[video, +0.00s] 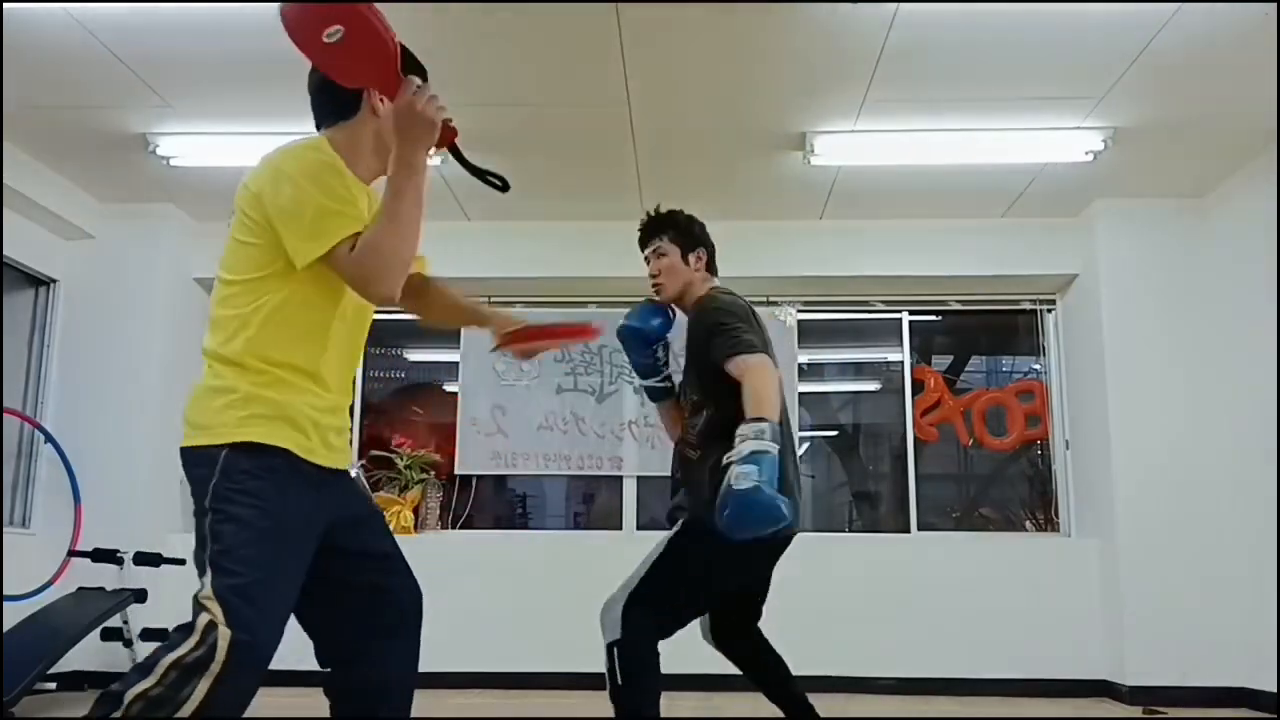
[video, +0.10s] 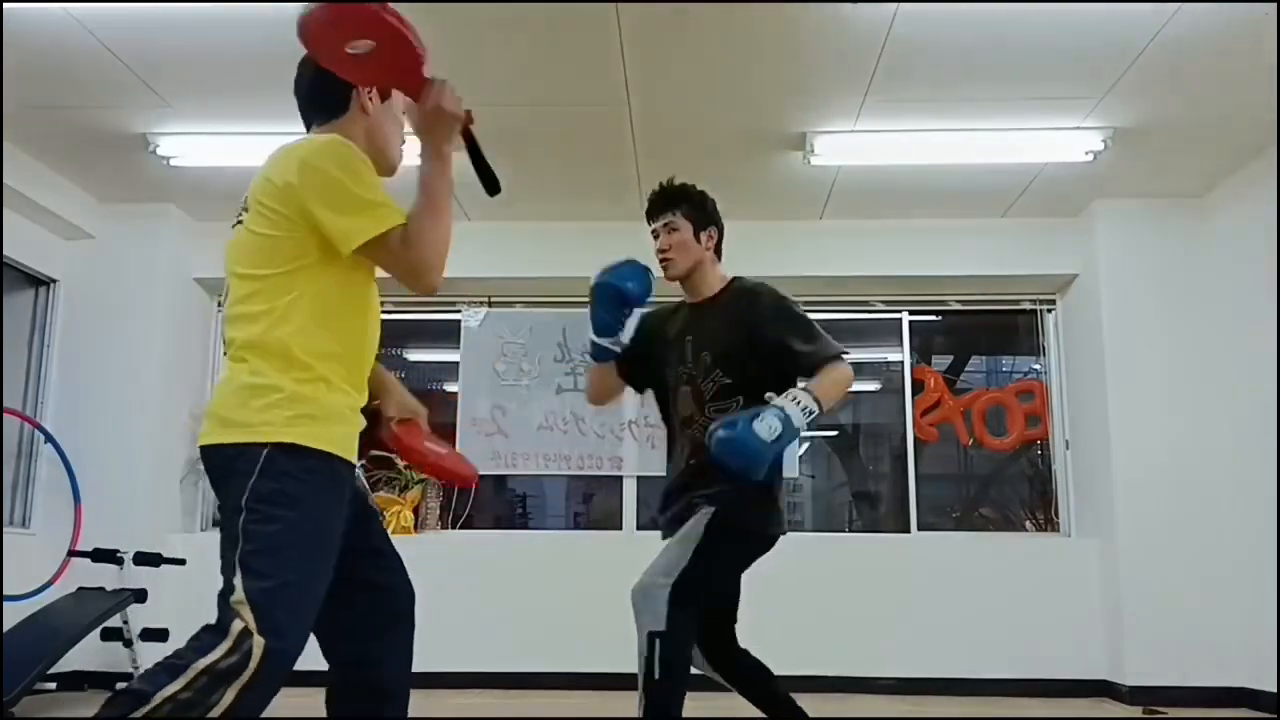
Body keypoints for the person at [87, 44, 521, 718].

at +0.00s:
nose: (426, 125)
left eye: (427, 109)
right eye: (419, 107)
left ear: (365, 107)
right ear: (380, 103)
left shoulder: (366, 202)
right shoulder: (296, 171)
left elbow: (416, 288)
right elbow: (380, 279)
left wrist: (495, 323)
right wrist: (412, 156)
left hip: (322, 461)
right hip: (249, 448)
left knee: (385, 613)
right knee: (236, 638)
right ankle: (122, 709)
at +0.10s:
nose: (411, 129)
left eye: (412, 111)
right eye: (405, 108)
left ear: (342, 102)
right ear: (368, 99)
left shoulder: (305, 174)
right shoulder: (320, 159)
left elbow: (307, 322)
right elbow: (423, 266)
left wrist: (386, 388)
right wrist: (440, 150)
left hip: (307, 444)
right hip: (281, 439)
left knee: (379, 611)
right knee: (254, 644)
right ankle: (123, 715)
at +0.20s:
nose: (366, 138)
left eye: (368, 127)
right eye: (363, 123)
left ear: (285, 119)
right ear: (332, 109)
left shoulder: (233, 199)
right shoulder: (339, 170)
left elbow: (262, 322)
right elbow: (475, 249)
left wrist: (377, 374)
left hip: (245, 451)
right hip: (297, 452)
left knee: (370, 621)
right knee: (249, 657)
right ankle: (121, 713)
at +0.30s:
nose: (329, 142)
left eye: (331, 130)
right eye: (326, 126)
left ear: (241, 123)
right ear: (295, 111)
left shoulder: (187, 198)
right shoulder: (301, 168)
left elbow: (257, 306)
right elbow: (389, 298)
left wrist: (370, 306)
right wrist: (462, 283)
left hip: (213, 455)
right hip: (284, 447)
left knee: (343, 611)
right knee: (245, 657)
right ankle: (116, 713)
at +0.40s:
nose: (303, 135)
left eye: (308, 118)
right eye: (305, 112)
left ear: (219, 99)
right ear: (270, 90)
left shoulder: (166, 169)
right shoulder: (243, 146)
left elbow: (238, 288)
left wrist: (344, 249)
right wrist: (408, 262)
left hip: (179, 438)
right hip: (225, 439)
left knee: (293, 656)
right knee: (190, 667)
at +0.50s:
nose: (284, 123)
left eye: (286, 106)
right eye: (283, 99)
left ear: (213, 81)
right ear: (244, 76)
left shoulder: (150, 152)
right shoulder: (188, 136)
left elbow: (238, 284)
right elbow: (239, 273)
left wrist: (345, 228)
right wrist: (353, 191)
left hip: (153, 441)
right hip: (149, 444)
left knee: (256, 601)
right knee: (169, 672)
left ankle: (245, 714)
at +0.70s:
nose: (237, 117)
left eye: (246, 98)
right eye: (236, 90)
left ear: (181, 55)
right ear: (192, 53)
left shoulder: (119, 146)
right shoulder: (124, 112)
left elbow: (119, 315)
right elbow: (257, 217)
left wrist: (233, 327)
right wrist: (253, 81)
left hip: (99, 426)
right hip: (64, 421)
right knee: (115, 647)